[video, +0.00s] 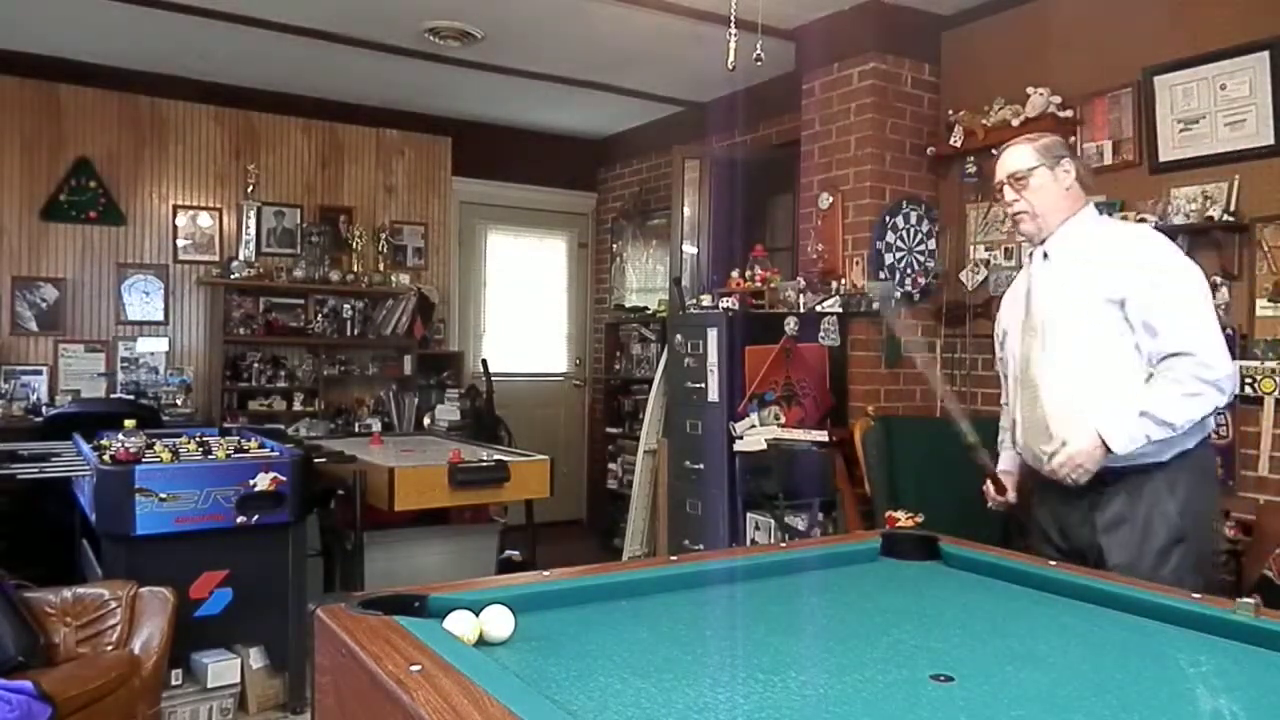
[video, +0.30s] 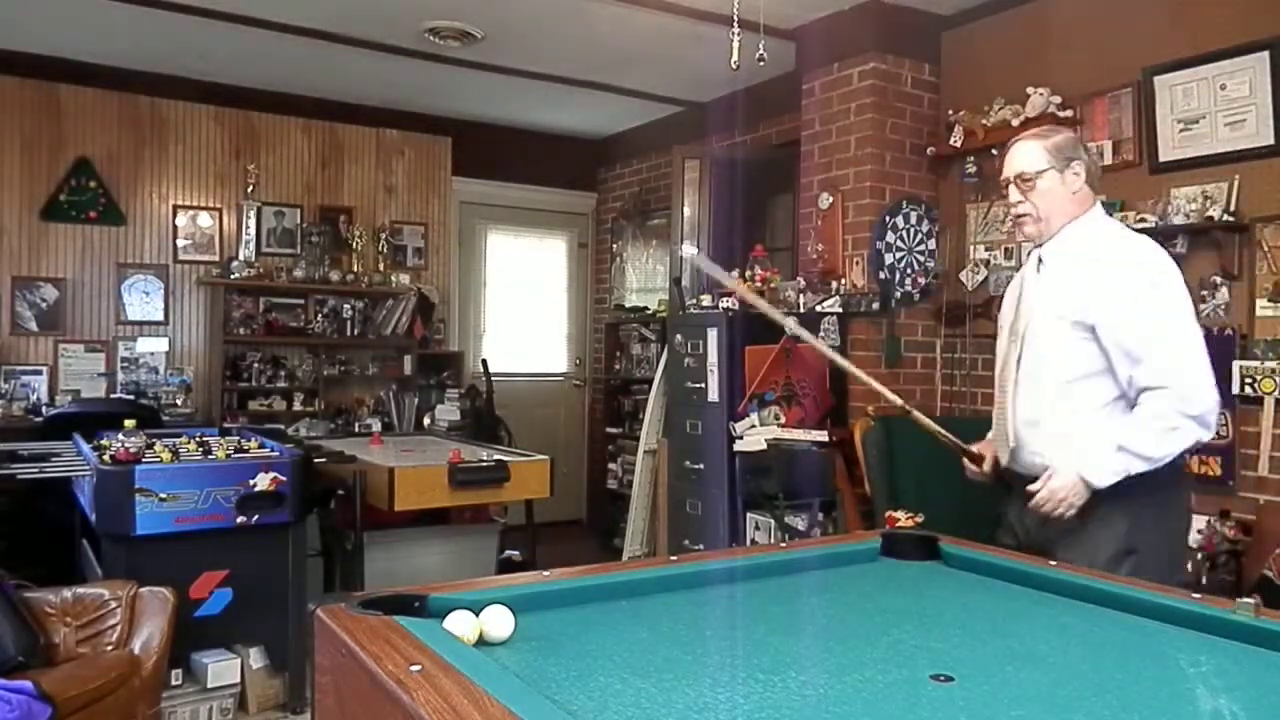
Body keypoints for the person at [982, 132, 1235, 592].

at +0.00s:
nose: (1008, 200)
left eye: (1019, 182)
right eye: (1001, 191)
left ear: (1066, 175)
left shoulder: (1139, 250)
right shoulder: (1015, 295)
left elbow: (1205, 371)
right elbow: (1015, 393)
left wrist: (1106, 442)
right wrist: (1009, 461)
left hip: (1149, 495)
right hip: (1050, 499)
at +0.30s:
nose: (1013, 198)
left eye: (1027, 181)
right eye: (1007, 187)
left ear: (1075, 178)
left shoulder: (1127, 260)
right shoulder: (1028, 274)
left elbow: (1187, 401)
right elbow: (1044, 384)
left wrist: (1086, 473)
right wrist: (998, 442)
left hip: (1118, 513)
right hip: (1032, 505)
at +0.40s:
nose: (1015, 200)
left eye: (1031, 183)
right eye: (1010, 186)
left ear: (1081, 182)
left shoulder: (1125, 267)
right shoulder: (1034, 266)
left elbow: (1164, 419)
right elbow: (1040, 377)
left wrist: (1059, 480)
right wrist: (994, 435)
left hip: (1108, 510)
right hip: (1019, 497)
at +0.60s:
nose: (998, 194)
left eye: (1014, 178)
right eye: (993, 181)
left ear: (1063, 179)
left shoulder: (1101, 263)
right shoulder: (1014, 260)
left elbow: (1126, 415)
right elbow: (1020, 373)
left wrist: (1022, 470)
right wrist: (972, 431)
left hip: (1081, 504)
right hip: (999, 495)